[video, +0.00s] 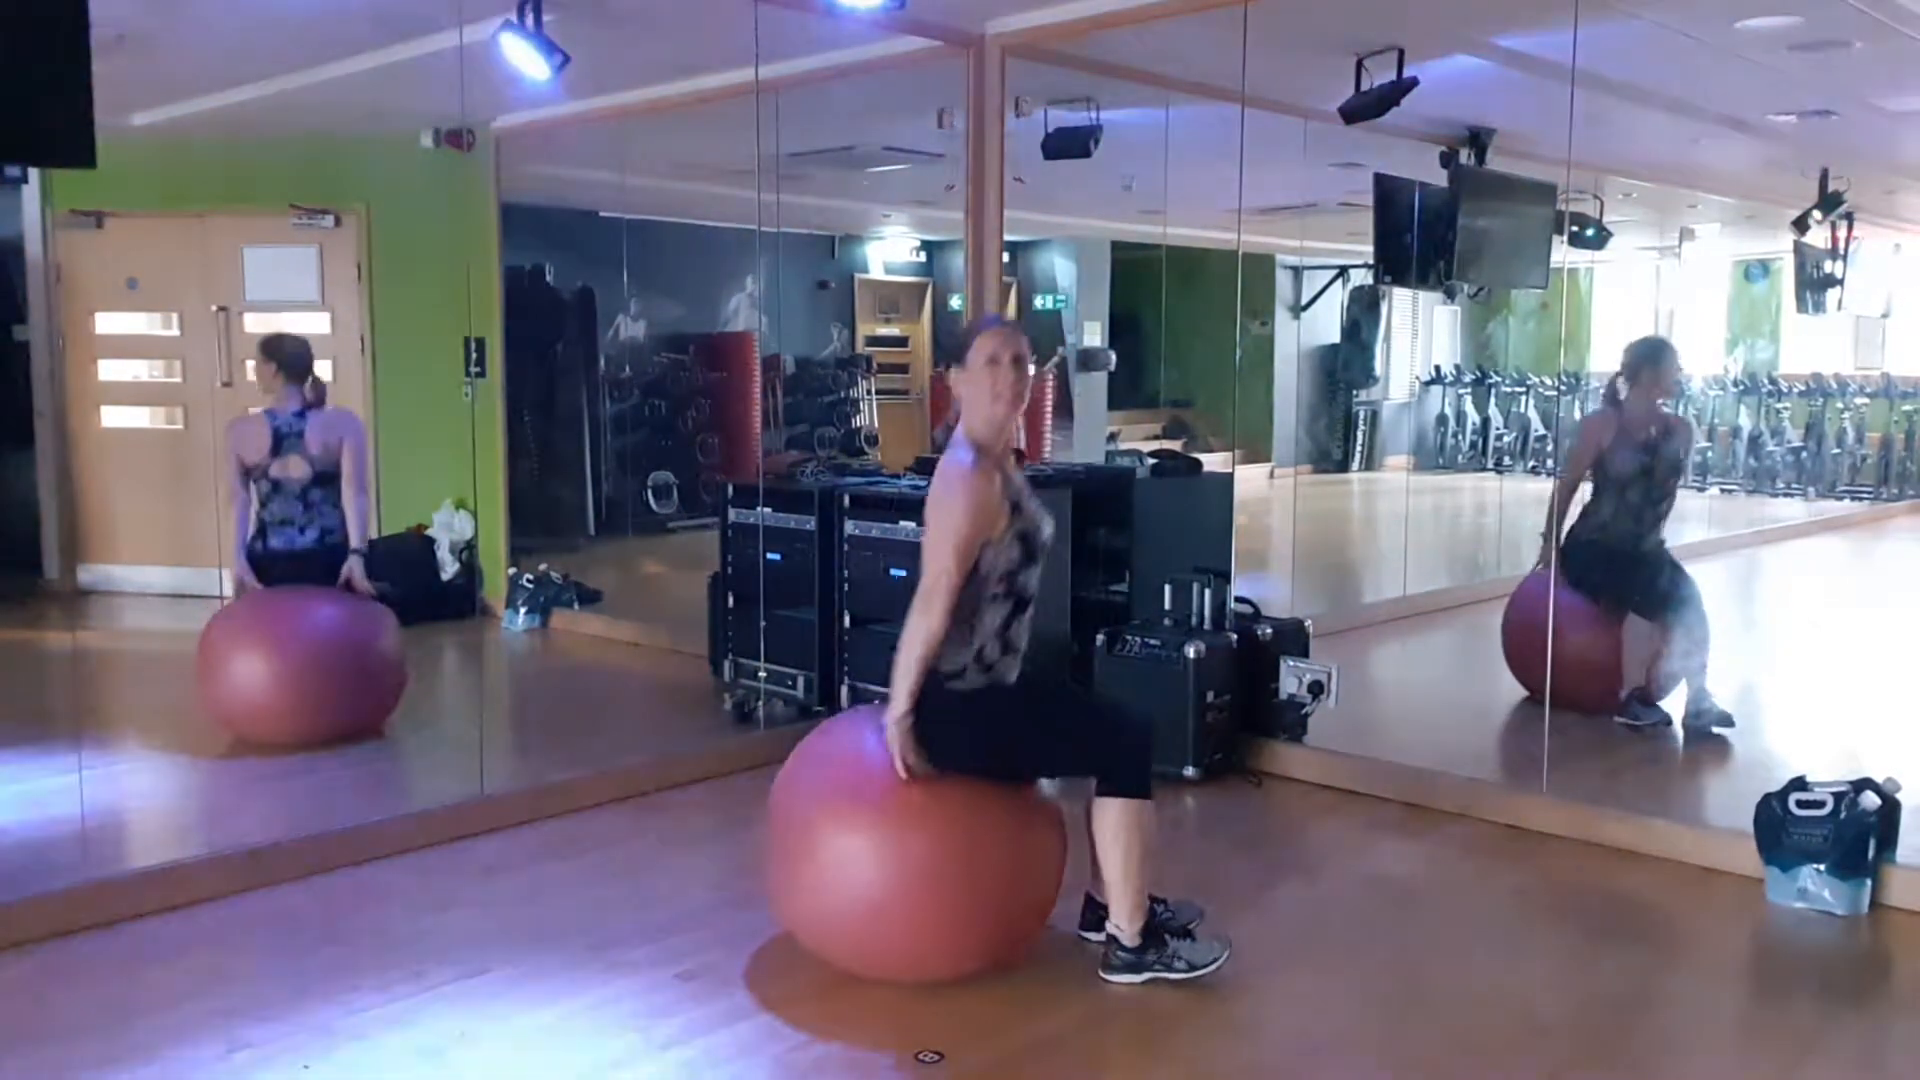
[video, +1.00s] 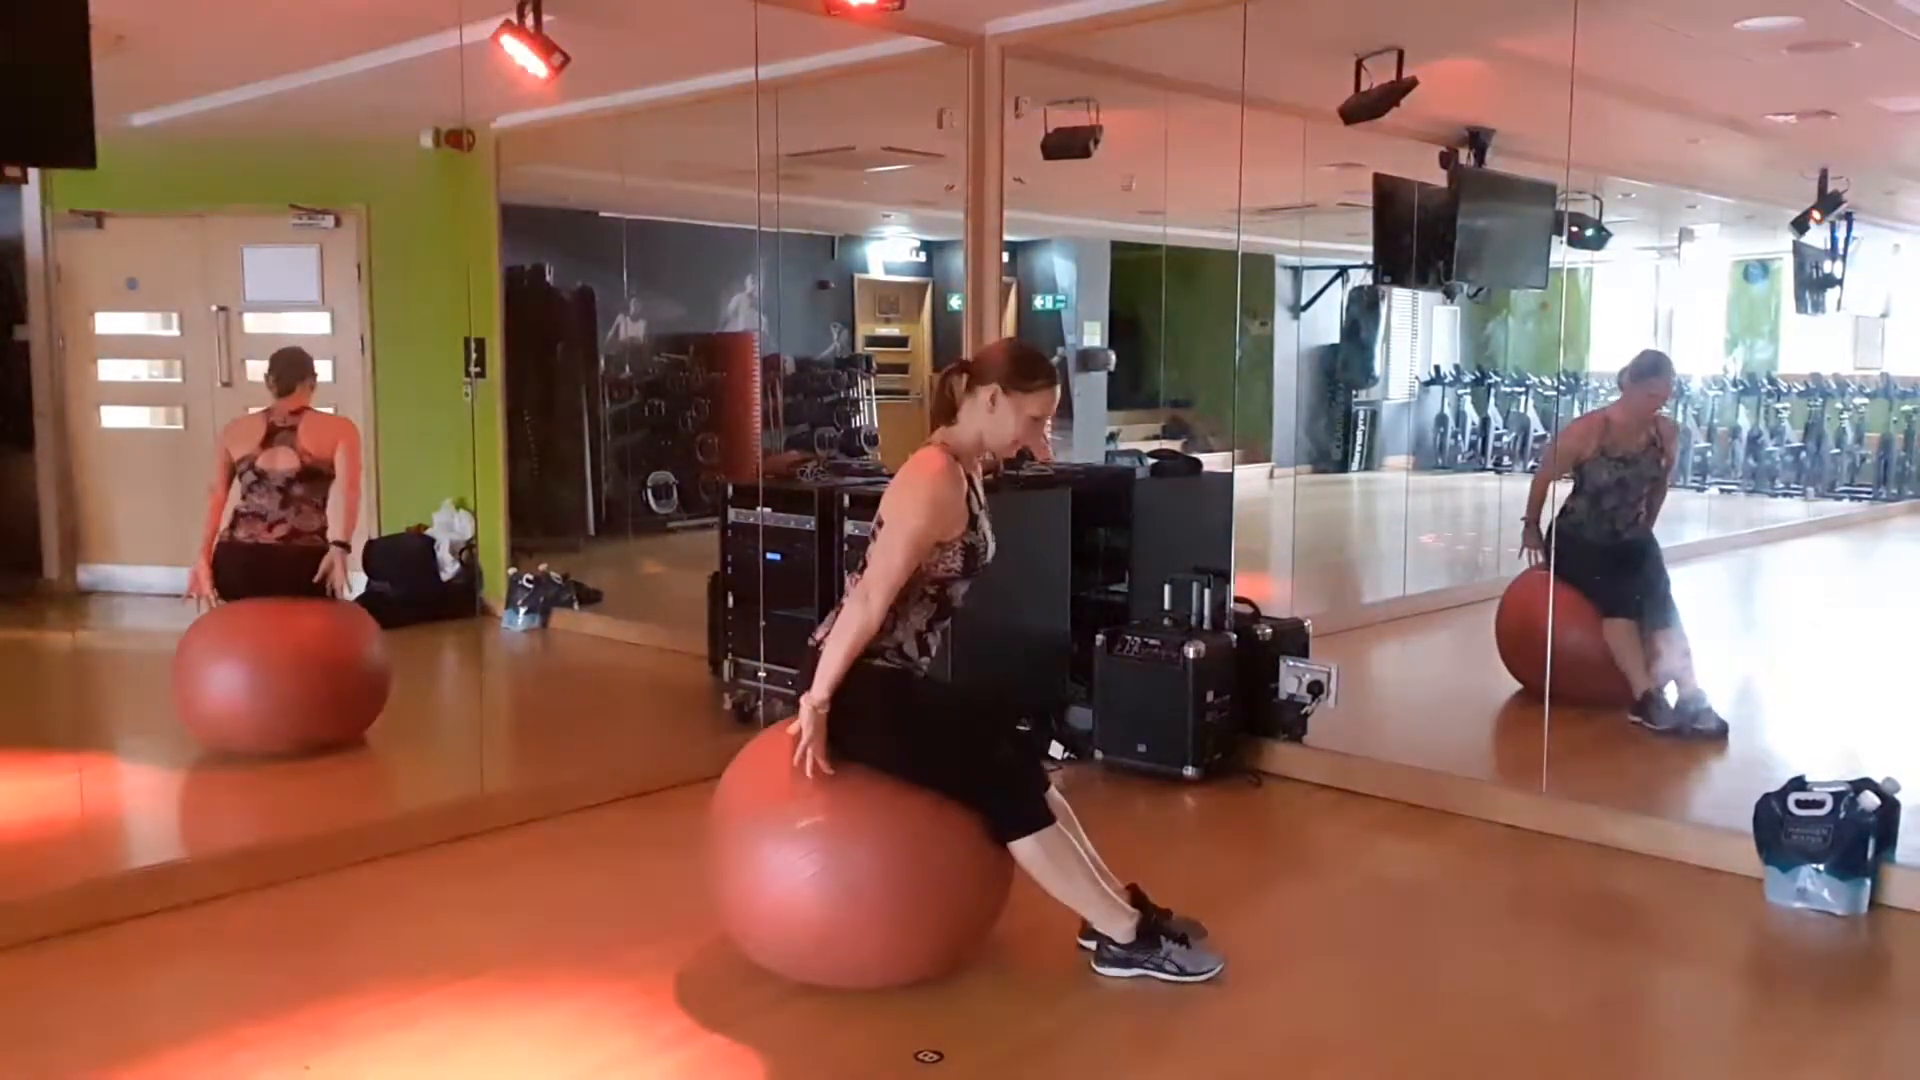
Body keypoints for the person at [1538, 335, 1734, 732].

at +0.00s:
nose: (1680, 376)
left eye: (1678, 368)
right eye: (1672, 369)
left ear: (1660, 375)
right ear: (1644, 373)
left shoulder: (1679, 430)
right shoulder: (1601, 425)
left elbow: (1666, 493)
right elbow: (1567, 485)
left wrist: (1650, 539)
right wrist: (1550, 543)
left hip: (1645, 549)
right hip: (1593, 546)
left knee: (1689, 603)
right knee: (1650, 592)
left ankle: (1698, 701)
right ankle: (1634, 697)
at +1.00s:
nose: (1660, 403)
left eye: (1665, 395)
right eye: (1654, 394)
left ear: (1668, 393)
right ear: (1628, 386)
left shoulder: (1665, 432)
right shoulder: (1589, 430)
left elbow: (1660, 487)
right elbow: (1544, 473)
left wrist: (1644, 531)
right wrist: (1531, 524)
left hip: (1632, 539)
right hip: (1578, 538)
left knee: (1658, 596)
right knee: (1619, 594)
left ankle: (1690, 696)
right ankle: (1646, 697)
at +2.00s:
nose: (1641, 398)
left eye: (1648, 390)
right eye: (1633, 389)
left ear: (1654, 395)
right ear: (1611, 392)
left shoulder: (1664, 437)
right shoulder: (1582, 438)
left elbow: (1670, 499)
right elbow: (1550, 499)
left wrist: (1671, 544)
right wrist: (1568, 555)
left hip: (1664, 551)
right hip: (1612, 556)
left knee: (1706, 594)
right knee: (1679, 607)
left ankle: (1694, 697)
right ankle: (1703, 711)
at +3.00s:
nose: (1632, 450)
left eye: (1636, 442)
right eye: (1622, 442)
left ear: (1642, 447)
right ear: (1599, 449)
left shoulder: (1663, 486)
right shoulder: (1578, 492)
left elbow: (1682, 542)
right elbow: (1561, 553)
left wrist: (1702, 577)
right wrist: (1599, 580)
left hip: (1690, 570)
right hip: (1644, 580)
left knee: (1755, 623)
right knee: (1727, 616)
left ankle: (1811, 731)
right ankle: (1716, 713)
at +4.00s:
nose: (1630, 491)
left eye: (1633, 489)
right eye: (1617, 490)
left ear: (1641, 502)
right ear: (1602, 509)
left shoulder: (1672, 526)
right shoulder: (1595, 534)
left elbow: (1703, 556)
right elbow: (1591, 575)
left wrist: (1737, 575)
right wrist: (1620, 596)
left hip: (1719, 580)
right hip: (1674, 589)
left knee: (1799, 622)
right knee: (1742, 621)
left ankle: (1826, 746)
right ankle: (1787, 713)